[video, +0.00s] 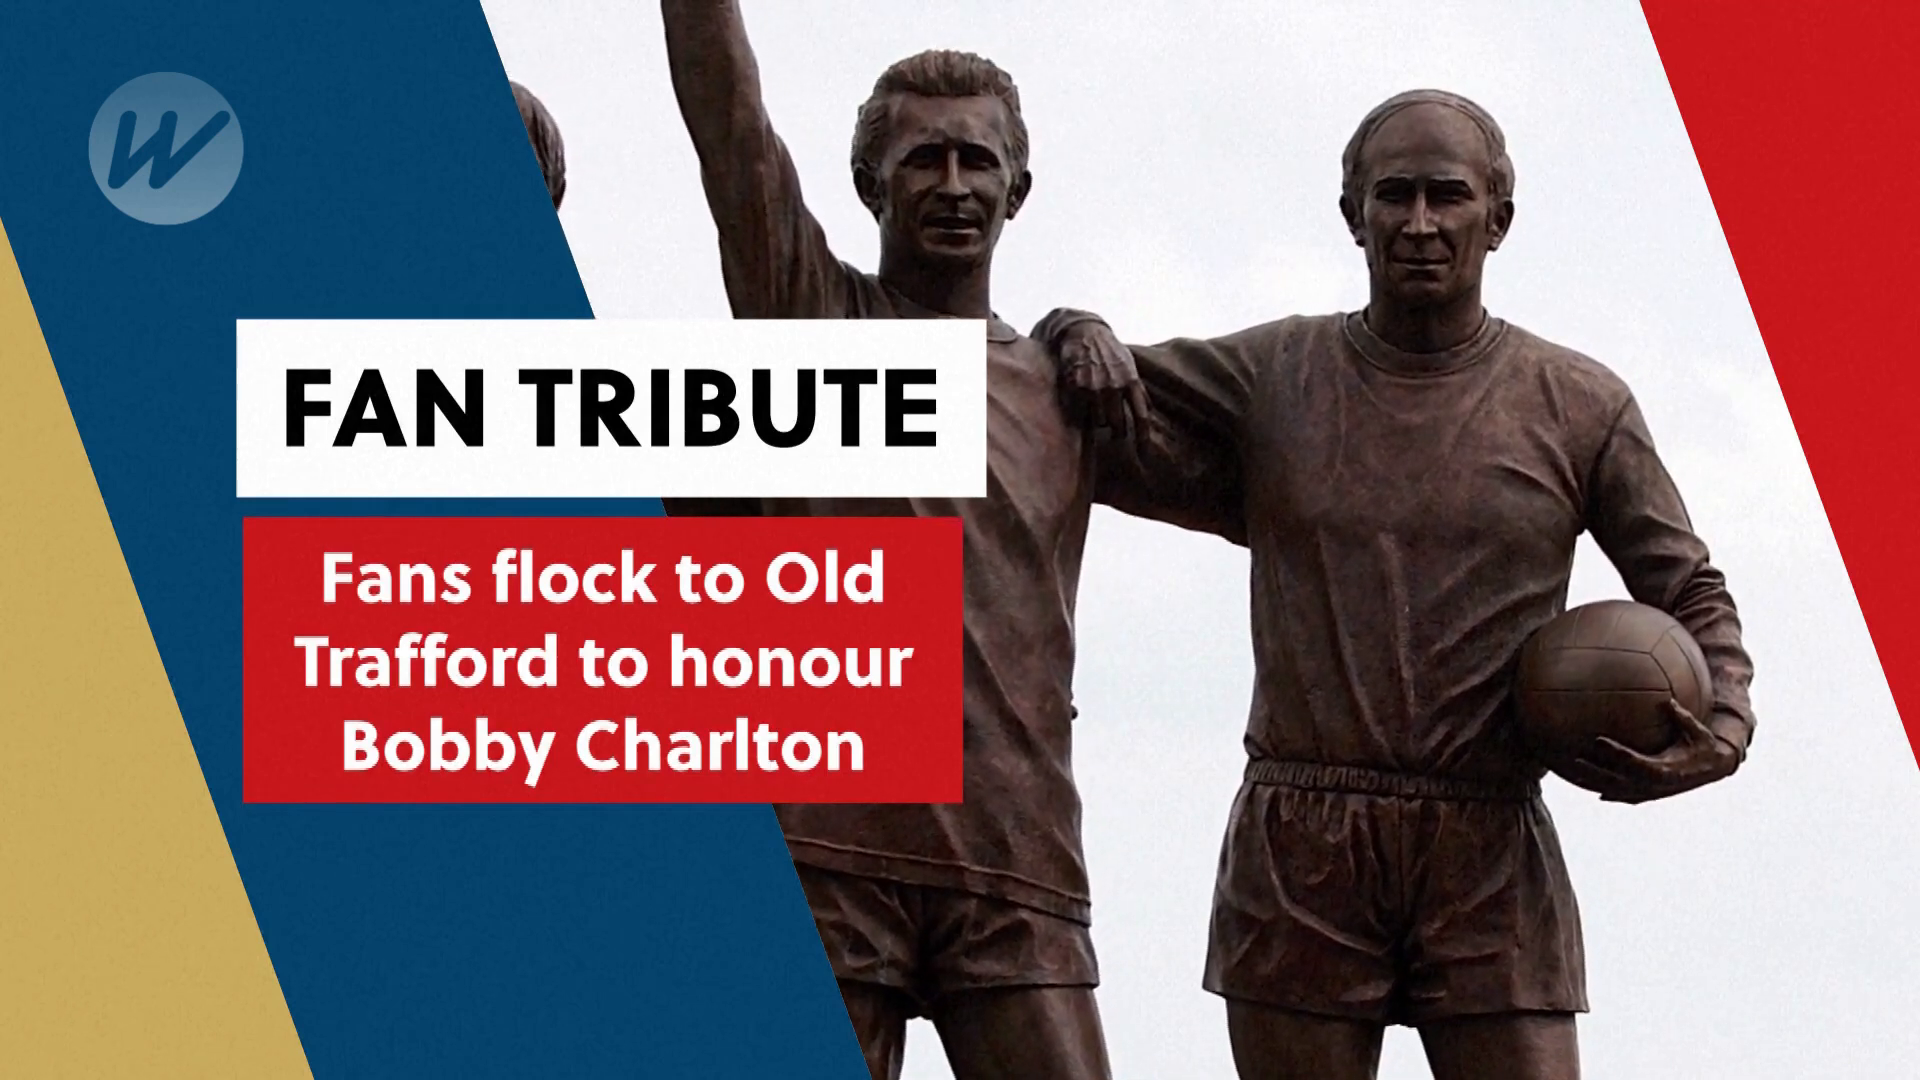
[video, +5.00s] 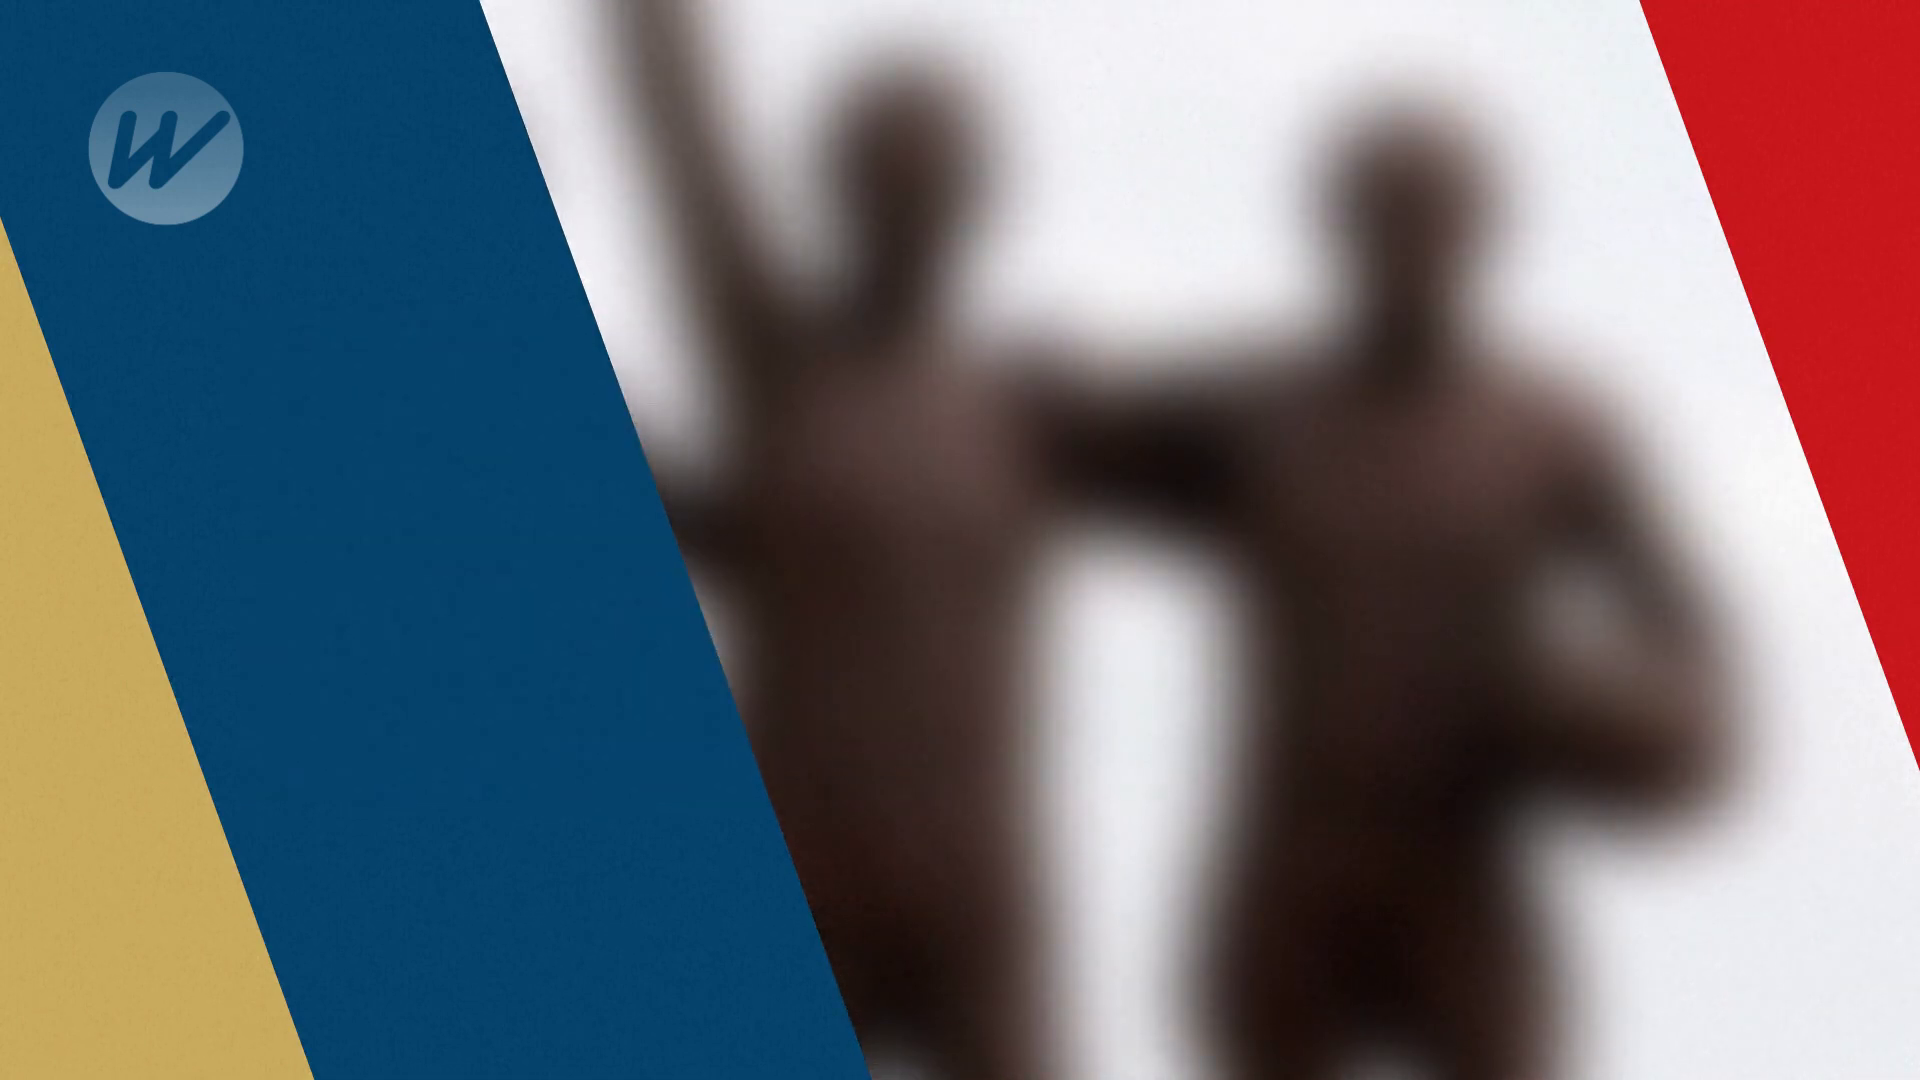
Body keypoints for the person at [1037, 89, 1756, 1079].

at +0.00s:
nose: (1419, 221)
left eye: (1447, 194)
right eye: (1392, 195)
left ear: (1500, 217)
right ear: (1352, 216)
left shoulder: (1580, 403)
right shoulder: (1271, 371)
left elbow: (1689, 592)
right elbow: (1092, 410)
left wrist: (1725, 715)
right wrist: (1074, 332)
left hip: (1490, 852)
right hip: (1298, 848)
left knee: (1534, 1065)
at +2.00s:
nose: (1408, 228)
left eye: (1437, 200)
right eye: (1381, 202)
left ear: (1491, 225)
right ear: (1341, 223)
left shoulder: (1573, 414)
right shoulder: (1260, 381)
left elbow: (1684, 608)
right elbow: (1087, 412)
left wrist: (1721, 743)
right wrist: (1055, 342)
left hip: (1480, 878)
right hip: (1284, 870)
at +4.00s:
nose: (1400, 235)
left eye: (1430, 206)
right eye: (1372, 208)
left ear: (1484, 229)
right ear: (1332, 229)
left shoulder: (1566, 422)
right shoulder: (1248, 390)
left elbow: (1678, 616)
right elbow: (1076, 446)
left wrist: (1719, 753)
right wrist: (1042, 356)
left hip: (1473, 895)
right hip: (1272, 891)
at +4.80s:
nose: (1407, 247)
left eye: (1431, 213)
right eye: (1384, 213)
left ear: (1475, 226)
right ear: (1345, 224)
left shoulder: (1549, 436)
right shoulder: (1265, 420)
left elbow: (1692, 690)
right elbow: (1052, 434)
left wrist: (1582, 708)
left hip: (1467, 908)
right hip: (1287, 902)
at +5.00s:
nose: (1411, 252)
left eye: (1433, 218)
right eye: (1388, 218)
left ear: (1471, 230)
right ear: (1350, 228)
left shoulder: (1546, 442)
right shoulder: (1270, 429)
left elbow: (1685, 725)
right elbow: (1024, 427)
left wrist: (1531, 705)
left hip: (1467, 919)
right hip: (1293, 913)